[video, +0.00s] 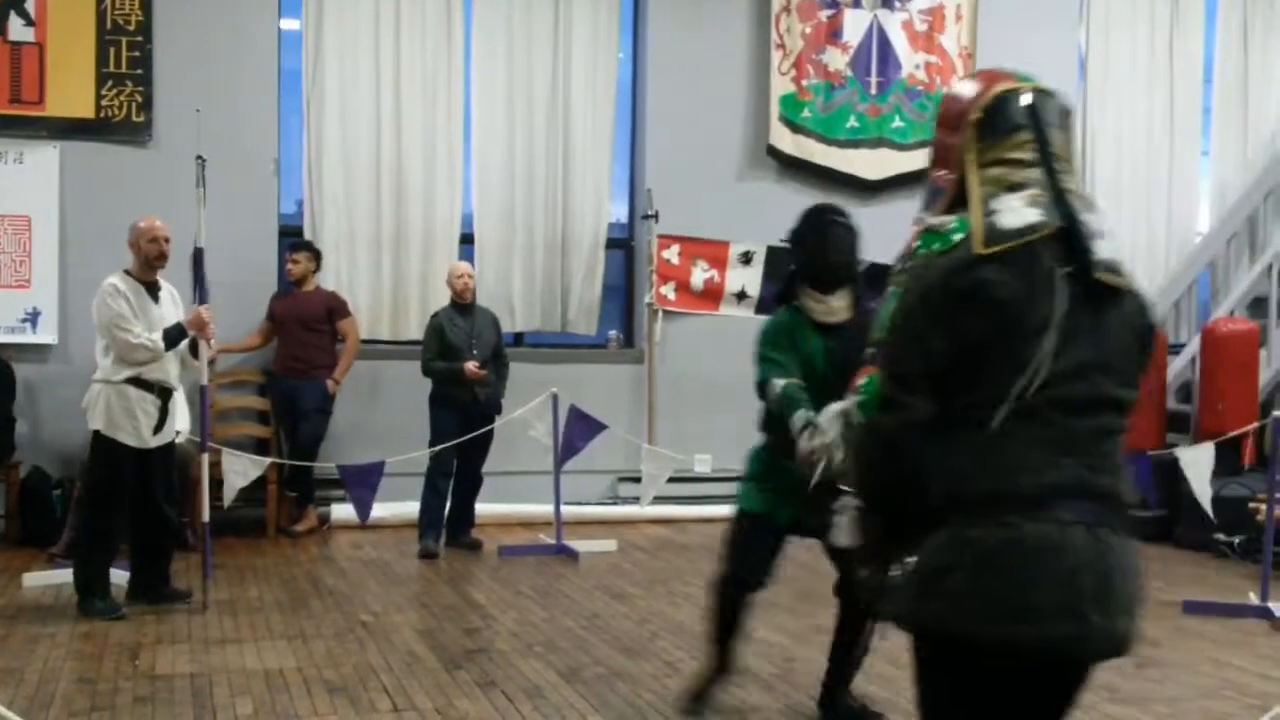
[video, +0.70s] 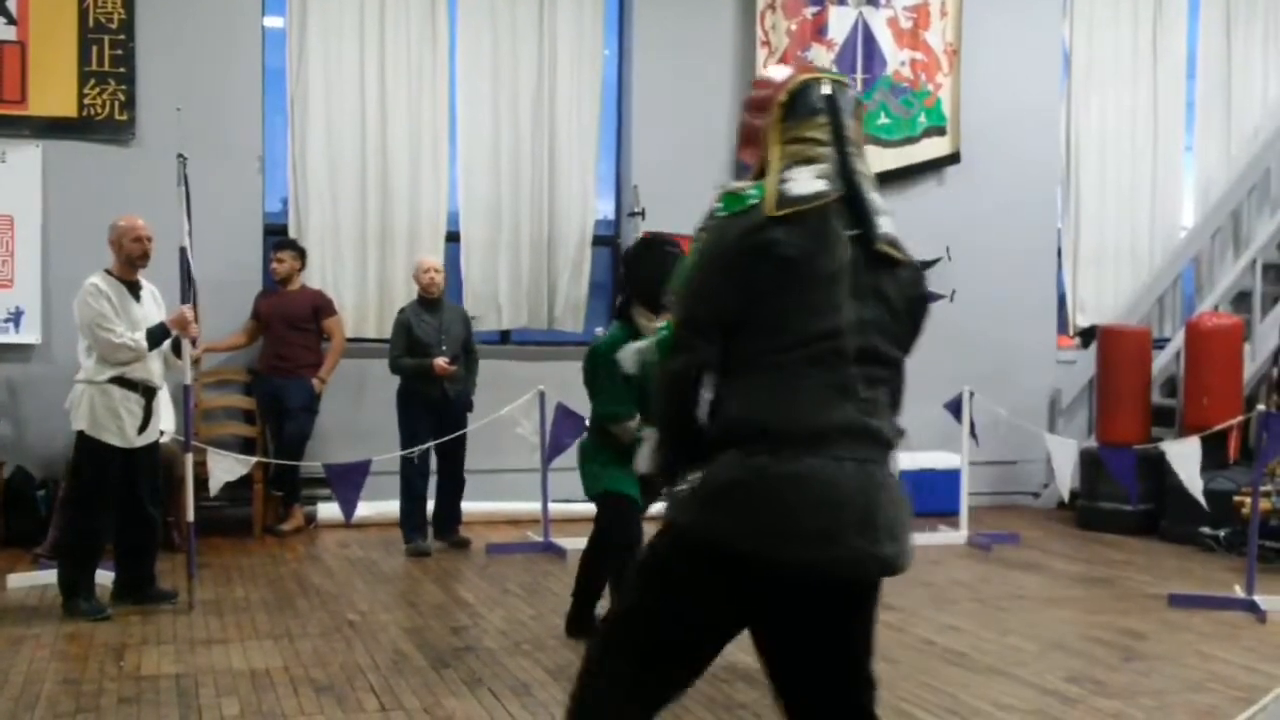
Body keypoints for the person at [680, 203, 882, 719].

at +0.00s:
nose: (828, 267)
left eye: (832, 256)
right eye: (822, 256)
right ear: (833, 263)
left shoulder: (873, 325)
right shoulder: (783, 329)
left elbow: (881, 384)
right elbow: (779, 385)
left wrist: (850, 421)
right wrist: (808, 425)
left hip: (845, 484)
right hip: (778, 477)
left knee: (863, 590)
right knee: (736, 577)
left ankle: (836, 693)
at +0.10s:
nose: (795, 281)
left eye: (803, 270)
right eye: (785, 269)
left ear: (817, 269)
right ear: (767, 266)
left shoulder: (830, 329)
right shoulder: (744, 329)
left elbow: (844, 389)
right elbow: (751, 400)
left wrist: (819, 423)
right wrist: (786, 449)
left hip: (808, 478)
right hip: (741, 472)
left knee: (827, 589)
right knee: (701, 573)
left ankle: (829, 691)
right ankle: (664, 661)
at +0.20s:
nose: (756, 264)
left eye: (762, 255)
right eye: (747, 254)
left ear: (772, 257)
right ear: (728, 256)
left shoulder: (782, 315)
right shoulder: (704, 327)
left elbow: (803, 371)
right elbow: (714, 405)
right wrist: (752, 455)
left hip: (759, 459)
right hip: (700, 457)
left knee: (775, 561)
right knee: (683, 563)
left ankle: (783, 666)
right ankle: (666, 664)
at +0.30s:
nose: (708, 270)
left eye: (715, 260)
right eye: (698, 261)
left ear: (727, 259)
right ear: (679, 261)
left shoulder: (739, 318)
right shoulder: (655, 329)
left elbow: (757, 386)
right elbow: (665, 406)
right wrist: (709, 448)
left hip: (711, 457)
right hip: (656, 456)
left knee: (729, 554)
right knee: (651, 565)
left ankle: (675, 599)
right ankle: (654, 661)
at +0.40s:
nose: (690, 279)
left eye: (698, 269)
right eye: (681, 270)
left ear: (711, 266)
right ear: (662, 266)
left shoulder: (725, 320)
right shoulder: (639, 333)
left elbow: (743, 382)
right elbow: (647, 406)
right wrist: (692, 442)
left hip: (693, 452)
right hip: (643, 450)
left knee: (683, 543)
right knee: (649, 551)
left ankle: (629, 586)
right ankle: (656, 650)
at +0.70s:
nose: (675, 295)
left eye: (680, 285)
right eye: (668, 284)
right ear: (645, 287)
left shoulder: (679, 340)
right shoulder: (610, 349)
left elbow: (685, 401)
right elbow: (617, 420)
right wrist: (660, 439)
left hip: (651, 458)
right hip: (608, 456)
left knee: (608, 534)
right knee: (626, 531)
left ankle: (581, 613)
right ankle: (626, 619)